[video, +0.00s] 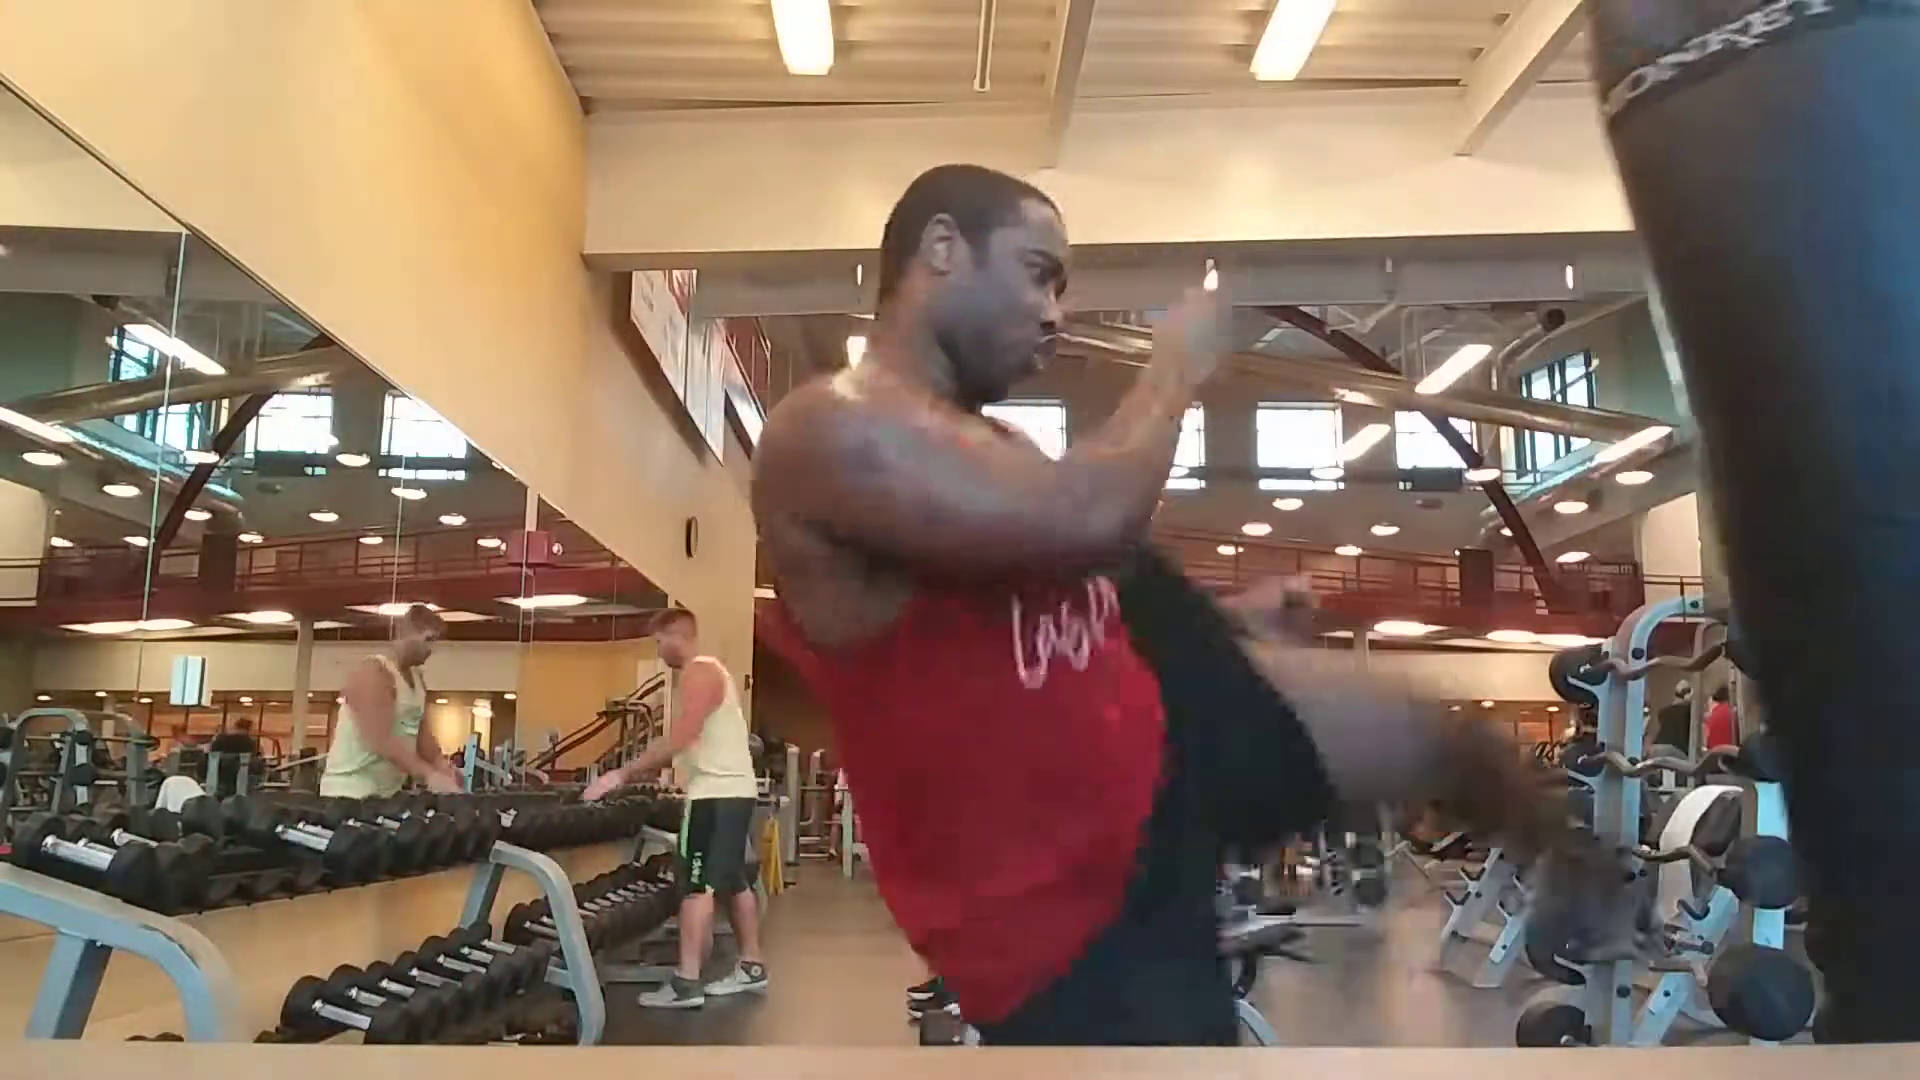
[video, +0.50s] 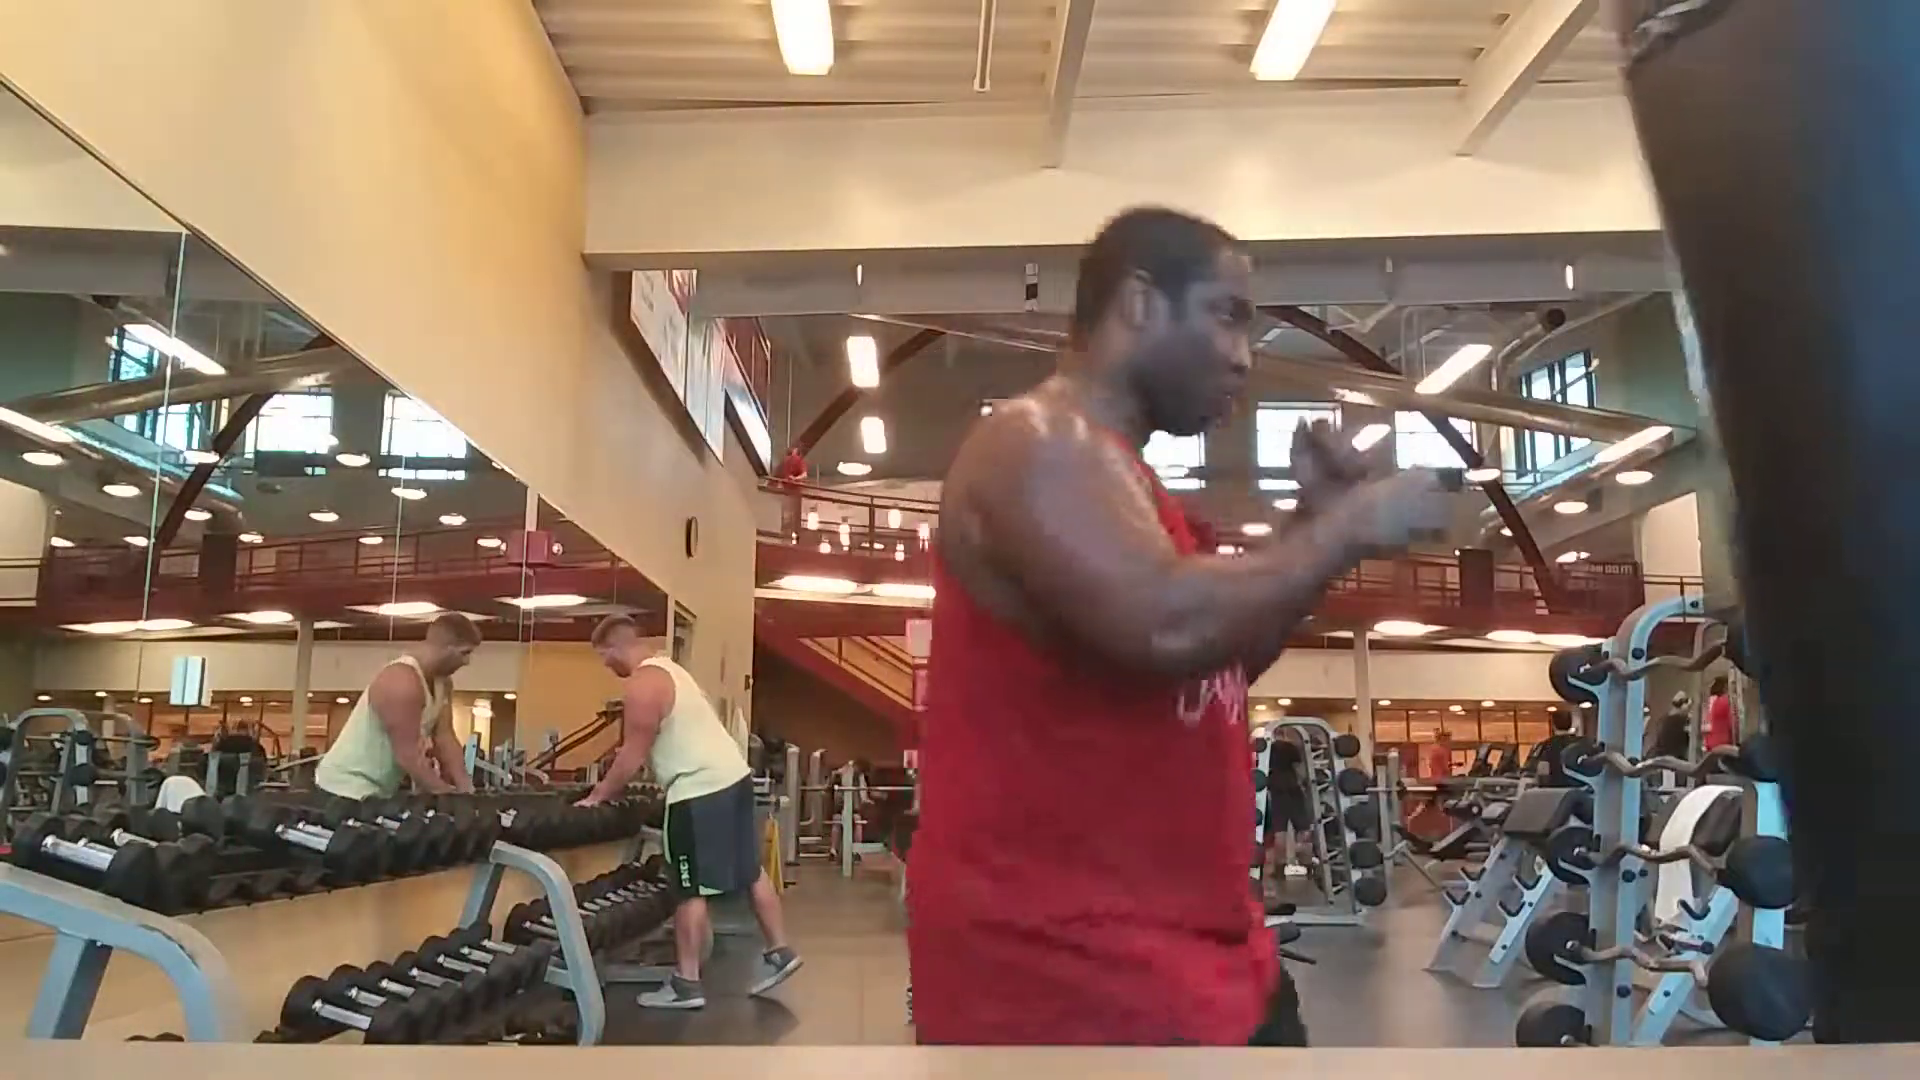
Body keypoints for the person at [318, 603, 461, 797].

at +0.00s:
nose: (431, 649)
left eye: (433, 641)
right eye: (428, 639)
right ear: (406, 632)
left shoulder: (415, 678)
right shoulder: (372, 672)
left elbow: (421, 736)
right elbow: (378, 740)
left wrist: (442, 767)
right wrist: (429, 775)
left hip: (389, 791)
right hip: (351, 792)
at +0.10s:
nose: (446, 652)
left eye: (448, 645)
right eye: (442, 644)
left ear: (421, 638)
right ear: (421, 637)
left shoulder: (423, 675)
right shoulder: (383, 675)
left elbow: (430, 731)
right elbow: (403, 745)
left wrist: (451, 771)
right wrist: (445, 784)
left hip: (382, 791)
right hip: (347, 789)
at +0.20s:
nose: (455, 657)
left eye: (457, 649)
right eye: (453, 648)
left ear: (433, 642)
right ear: (431, 641)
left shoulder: (432, 679)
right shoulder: (392, 677)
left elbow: (439, 735)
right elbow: (412, 753)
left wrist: (462, 782)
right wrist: (449, 794)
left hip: (380, 790)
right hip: (346, 788)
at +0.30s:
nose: (463, 660)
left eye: (465, 652)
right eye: (460, 651)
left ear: (439, 647)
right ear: (440, 646)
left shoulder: (438, 680)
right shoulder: (398, 679)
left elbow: (442, 734)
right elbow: (410, 757)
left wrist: (465, 788)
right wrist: (451, 797)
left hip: (381, 791)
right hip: (345, 789)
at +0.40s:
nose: (465, 662)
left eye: (467, 654)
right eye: (463, 653)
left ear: (442, 648)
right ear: (444, 648)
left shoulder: (440, 682)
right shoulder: (399, 681)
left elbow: (446, 737)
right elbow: (410, 762)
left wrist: (466, 790)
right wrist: (451, 798)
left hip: (383, 788)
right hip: (348, 787)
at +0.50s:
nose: (467, 662)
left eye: (469, 655)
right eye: (465, 654)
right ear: (449, 648)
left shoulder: (440, 682)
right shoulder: (401, 681)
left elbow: (445, 736)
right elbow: (409, 759)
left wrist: (466, 789)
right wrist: (450, 797)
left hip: (381, 790)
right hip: (347, 789)